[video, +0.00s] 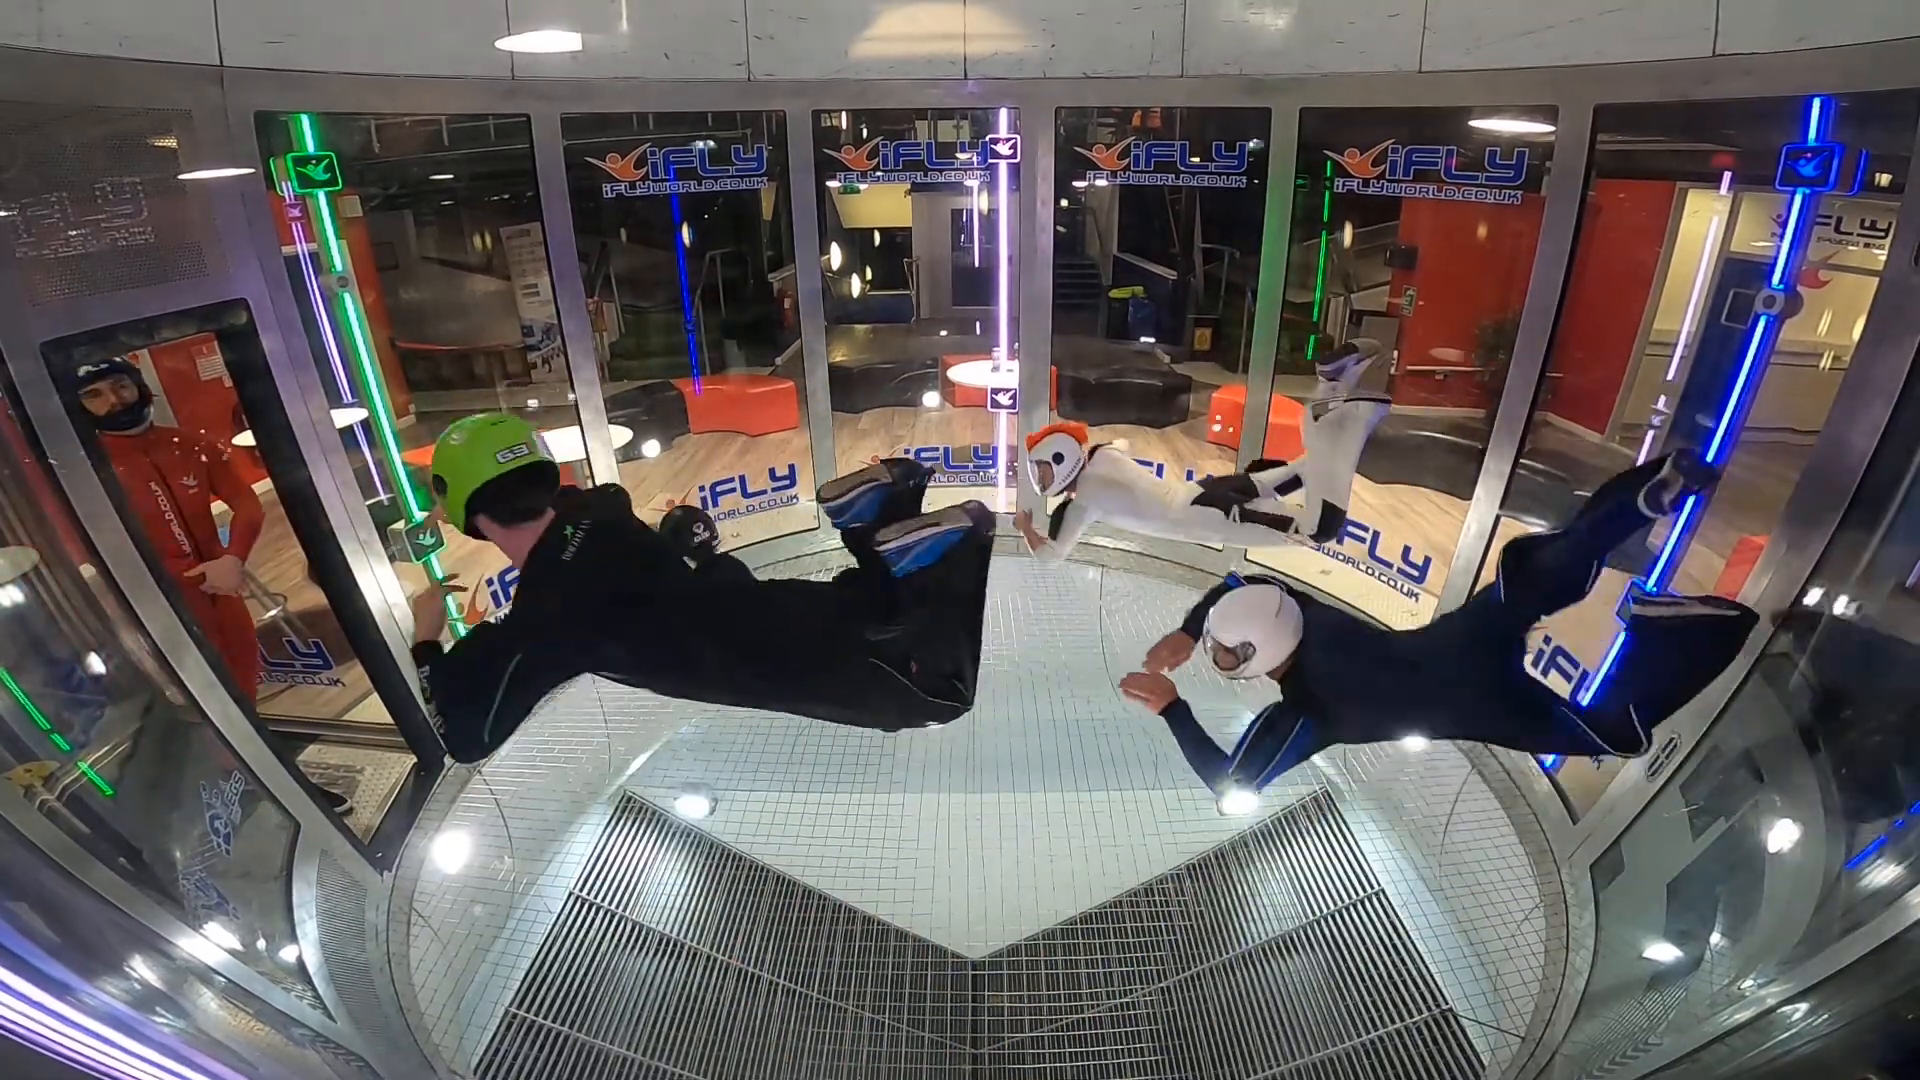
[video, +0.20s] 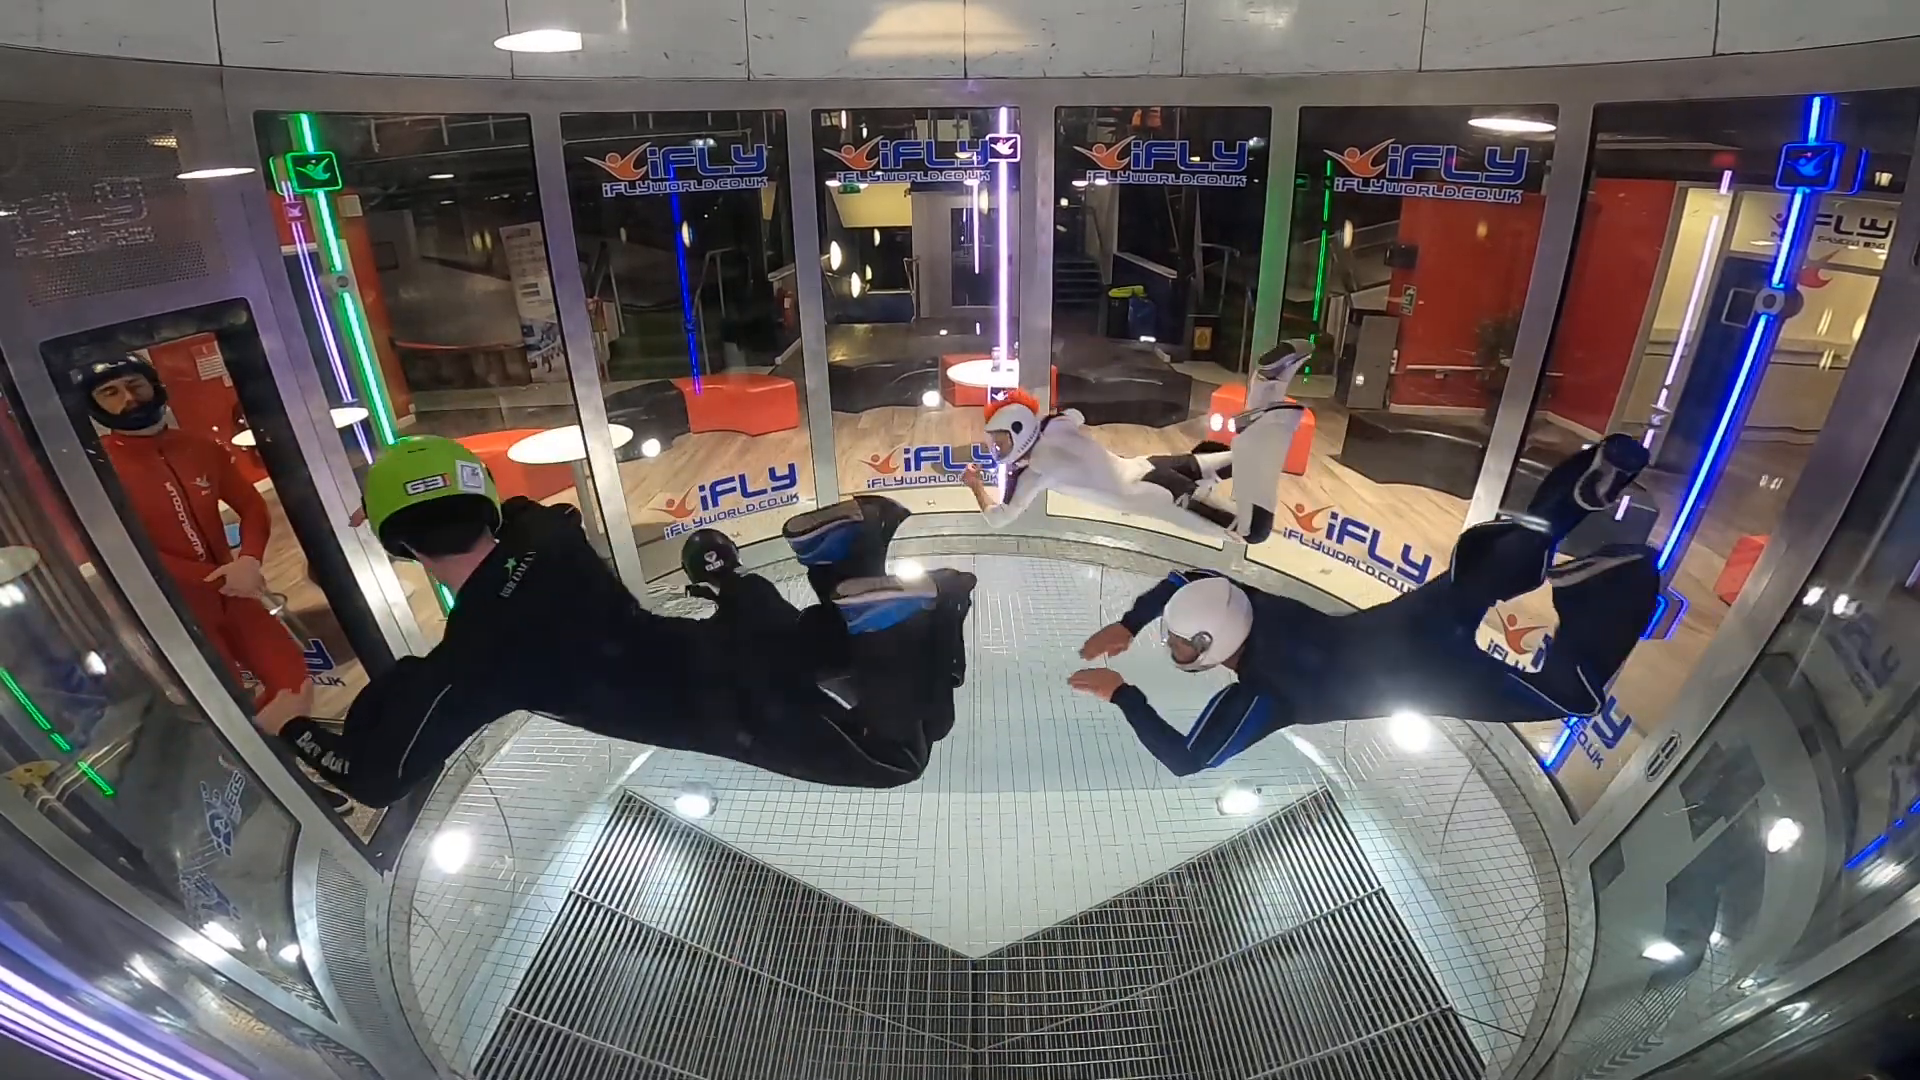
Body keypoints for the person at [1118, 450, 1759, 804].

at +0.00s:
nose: (1227, 656)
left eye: (1235, 654)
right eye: (1228, 643)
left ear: (1257, 664)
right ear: (1269, 618)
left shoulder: (1305, 715)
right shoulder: (1293, 607)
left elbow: (1233, 787)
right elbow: (1235, 590)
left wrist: (1173, 709)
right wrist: (1181, 637)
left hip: (1489, 708)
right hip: (1472, 637)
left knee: (1607, 734)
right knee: (1557, 563)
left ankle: (1687, 641)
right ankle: (1658, 485)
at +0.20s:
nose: (1187, 656)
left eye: (1192, 651)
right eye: (1183, 648)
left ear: (1219, 654)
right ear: (1224, 609)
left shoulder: (1262, 698)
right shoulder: (1243, 600)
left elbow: (1186, 756)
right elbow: (1180, 581)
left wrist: (1121, 694)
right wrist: (1124, 625)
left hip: (1438, 675)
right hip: (1420, 611)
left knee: (1569, 689)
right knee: (1499, 555)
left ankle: (1636, 572)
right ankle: (1596, 473)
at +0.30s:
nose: (1167, 650)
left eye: (1170, 645)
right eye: (1163, 641)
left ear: (1192, 649)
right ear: (1191, 613)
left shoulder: (1236, 691)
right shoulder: (1225, 605)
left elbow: (1165, 749)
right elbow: (1158, 606)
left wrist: (1107, 684)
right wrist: (1095, 619)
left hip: (1405, 680)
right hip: (1387, 621)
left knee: (1549, 685)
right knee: (1457, 568)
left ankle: (1621, 581)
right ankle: (1534, 493)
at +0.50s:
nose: (1104, 651)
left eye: (1108, 643)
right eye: (1101, 642)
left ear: (1132, 643)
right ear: (1131, 626)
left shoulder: (1175, 674)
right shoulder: (1168, 620)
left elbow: (1100, 735)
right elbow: (1094, 626)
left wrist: (1053, 670)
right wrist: (1040, 634)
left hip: (1343, 682)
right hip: (1327, 638)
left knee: (1497, 663)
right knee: (1396, 592)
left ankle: (1603, 545)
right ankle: (1436, 498)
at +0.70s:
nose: (1025, 646)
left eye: (1031, 638)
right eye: (1023, 637)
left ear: (1053, 643)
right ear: (1055, 626)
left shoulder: (1094, 679)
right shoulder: (1090, 629)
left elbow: (1018, 738)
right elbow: (1011, 663)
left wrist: (955, 658)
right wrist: (959, 659)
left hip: (1273, 697)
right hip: (1248, 656)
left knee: (1425, 694)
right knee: (1326, 628)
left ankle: (1464, 571)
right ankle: (1344, 533)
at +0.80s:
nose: (993, 649)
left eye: (998, 637)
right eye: (996, 635)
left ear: (1022, 640)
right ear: (1039, 622)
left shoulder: (1059, 675)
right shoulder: (1065, 635)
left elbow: (977, 736)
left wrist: (916, 672)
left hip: (1229, 714)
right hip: (1218, 673)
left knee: (1379, 730)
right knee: (1302, 641)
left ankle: (1419, 620)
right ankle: (1320, 545)